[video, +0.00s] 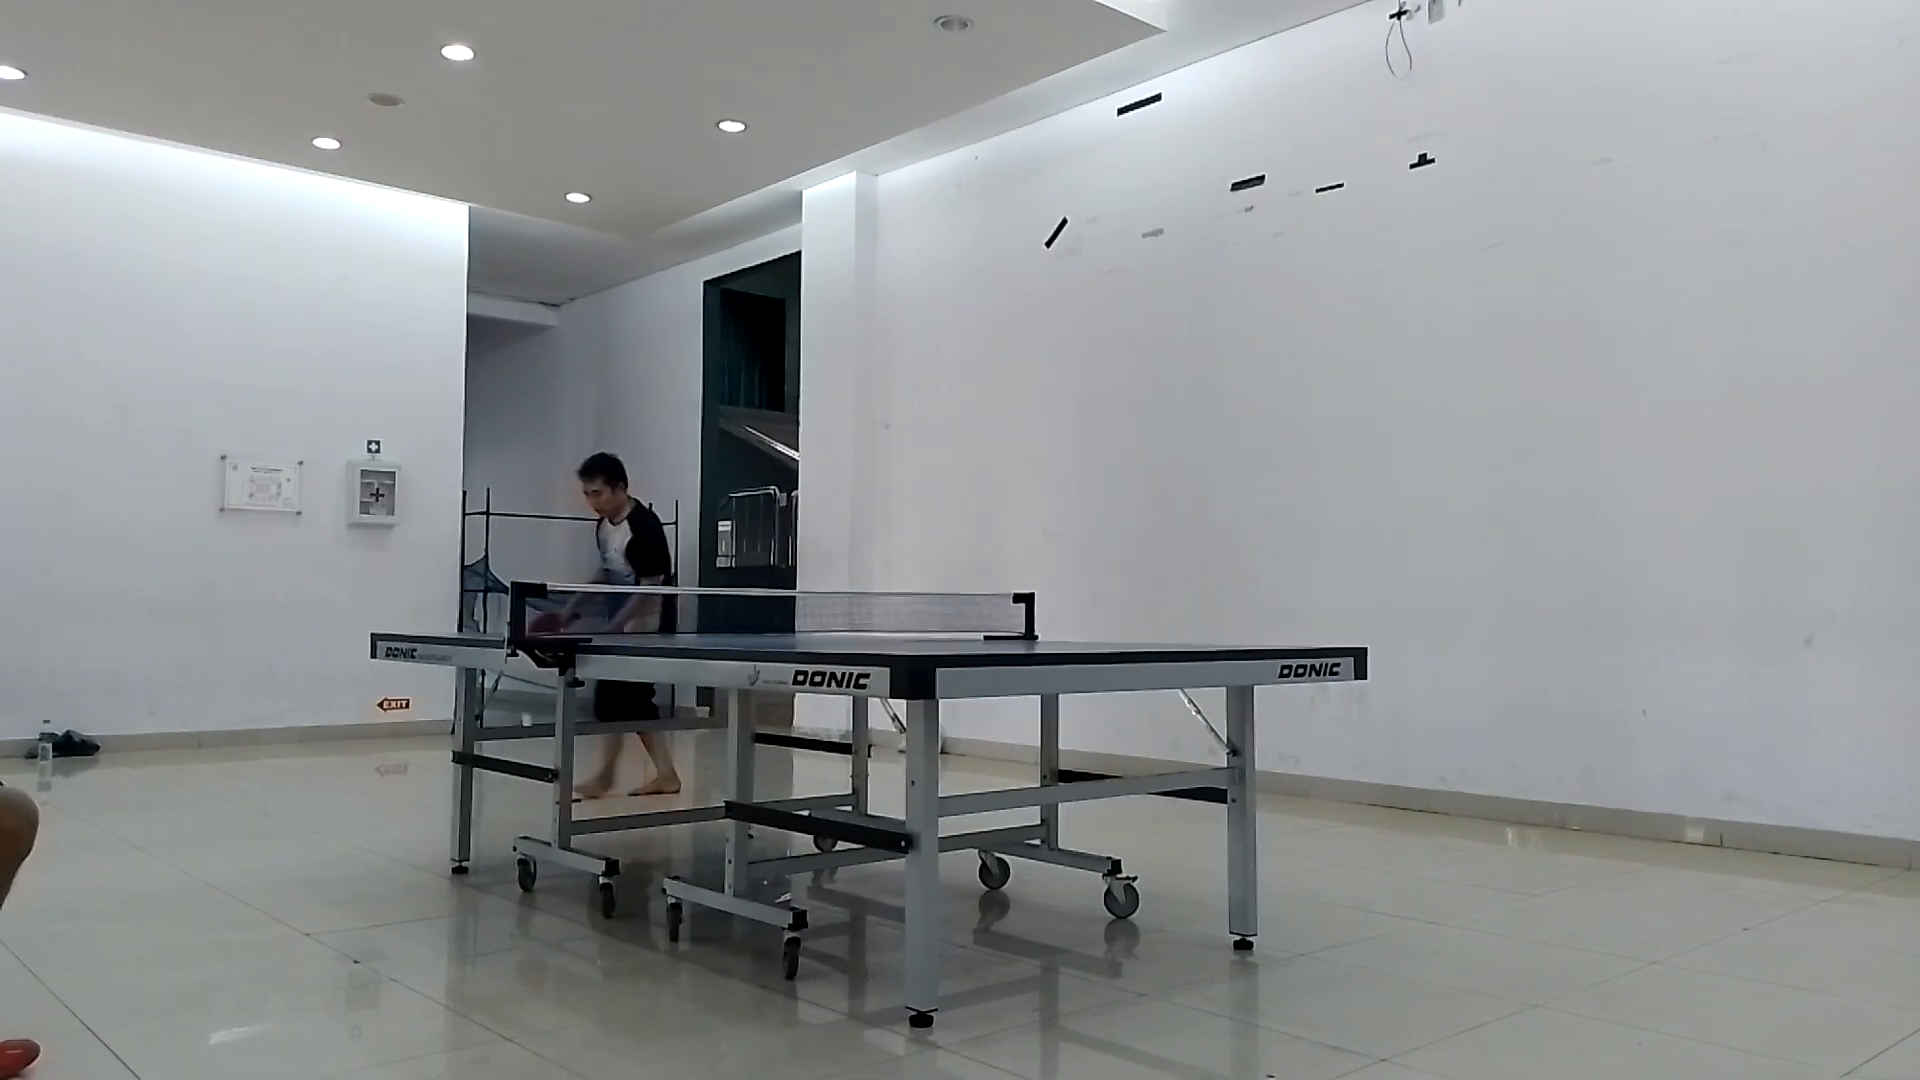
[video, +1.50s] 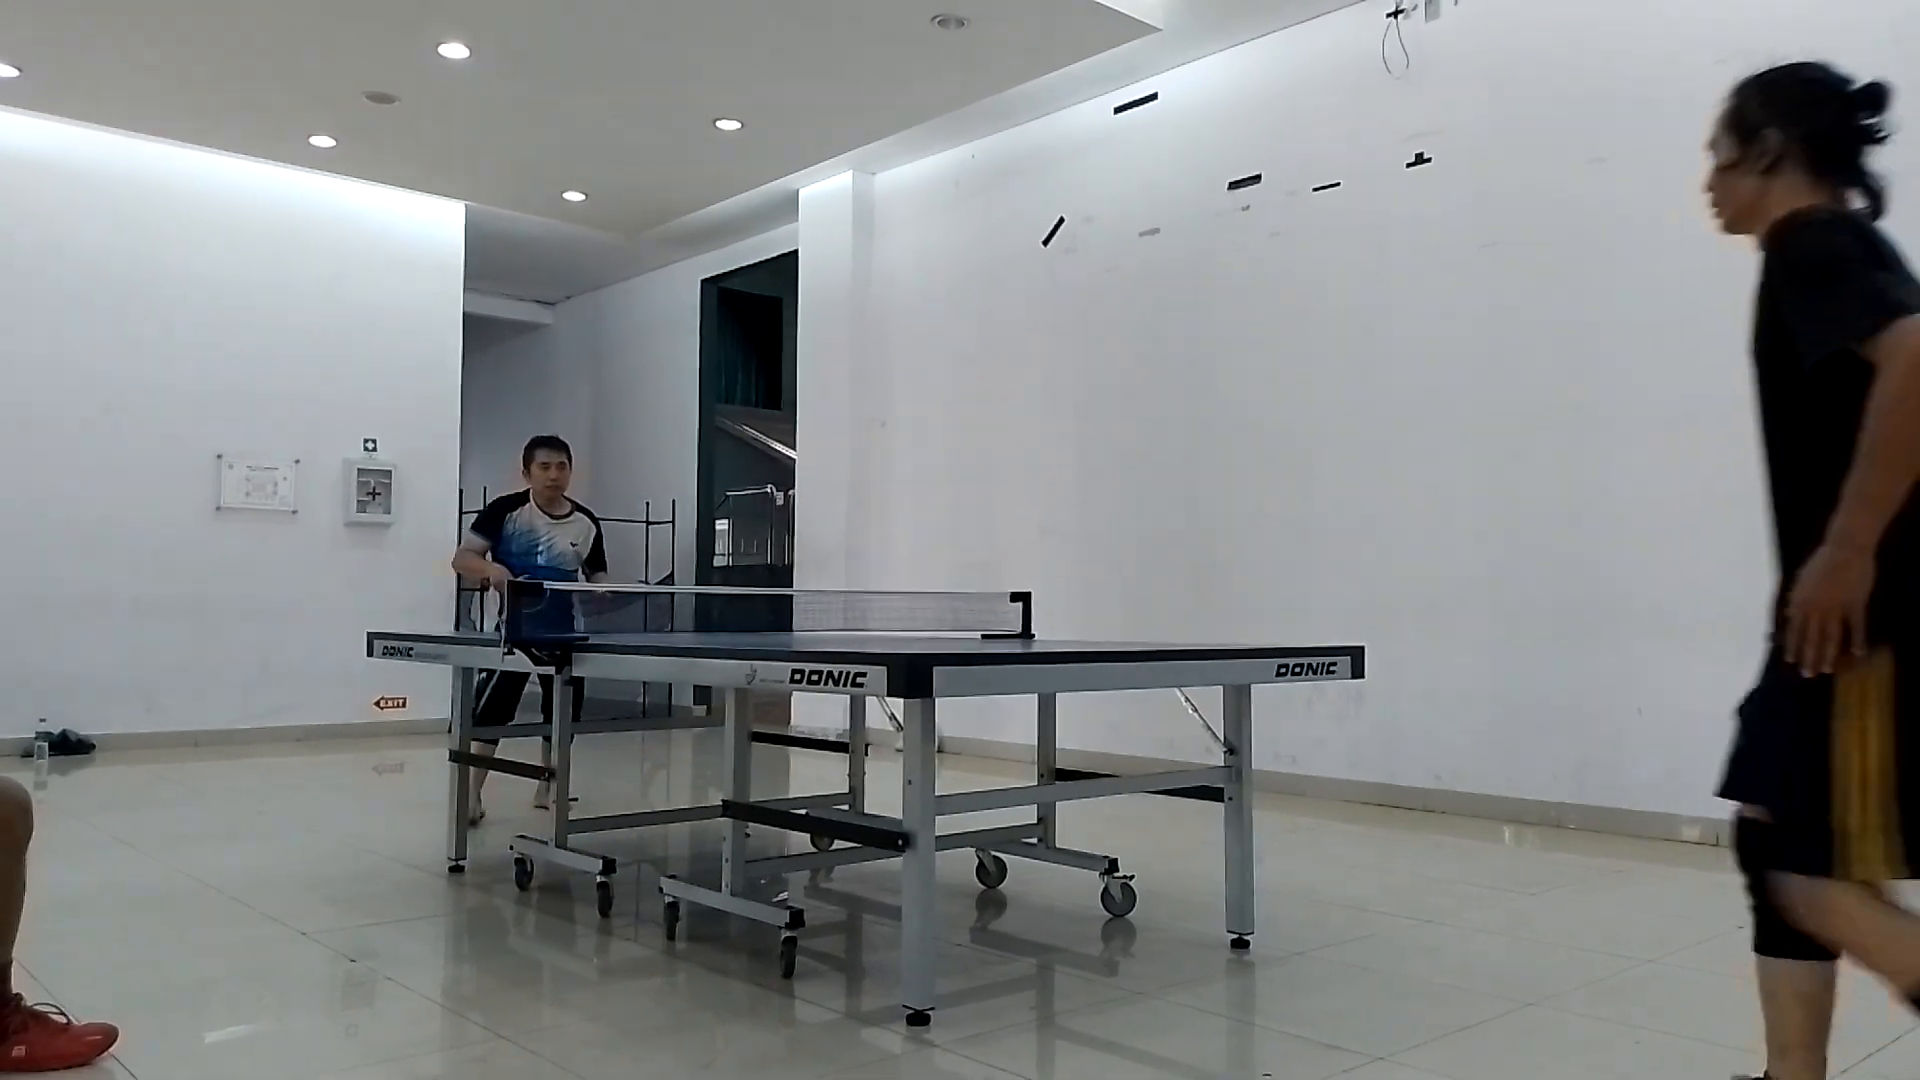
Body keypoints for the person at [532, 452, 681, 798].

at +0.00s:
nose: (590, 502)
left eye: (595, 493)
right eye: (587, 494)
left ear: (618, 487)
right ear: (590, 493)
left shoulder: (644, 525)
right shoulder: (604, 524)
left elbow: (651, 587)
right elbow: (605, 574)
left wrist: (615, 625)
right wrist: (570, 609)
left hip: (649, 623)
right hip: (626, 621)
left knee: (611, 693)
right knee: (636, 696)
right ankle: (667, 773)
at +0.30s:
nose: (554, 503)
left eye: (559, 495)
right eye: (551, 495)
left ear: (583, 491)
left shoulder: (603, 530)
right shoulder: (572, 524)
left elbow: (585, 597)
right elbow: (559, 567)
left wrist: (535, 612)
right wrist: (525, 592)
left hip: (616, 630)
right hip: (590, 623)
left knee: (578, 696)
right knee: (569, 691)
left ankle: (573, 781)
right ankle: (607, 759)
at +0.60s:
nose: (544, 480)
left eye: (553, 473)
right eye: (538, 473)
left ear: (571, 476)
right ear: (532, 477)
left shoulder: (590, 521)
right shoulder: (531, 518)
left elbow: (584, 584)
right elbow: (518, 570)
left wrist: (538, 613)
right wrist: (510, 606)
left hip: (580, 627)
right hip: (540, 624)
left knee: (573, 703)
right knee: (524, 699)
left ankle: (576, 781)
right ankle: (526, 780)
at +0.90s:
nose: (544, 478)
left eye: (552, 470)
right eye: (536, 470)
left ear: (562, 474)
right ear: (521, 475)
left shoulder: (582, 521)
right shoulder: (499, 515)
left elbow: (604, 576)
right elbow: (469, 562)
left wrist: (590, 603)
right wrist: (483, 598)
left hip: (562, 626)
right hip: (514, 625)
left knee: (557, 705)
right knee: (509, 701)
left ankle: (549, 784)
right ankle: (517, 780)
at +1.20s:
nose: (557, 477)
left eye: (564, 469)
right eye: (548, 469)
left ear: (575, 472)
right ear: (532, 472)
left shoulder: (591, 522)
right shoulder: (509, 508)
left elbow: (602, 583)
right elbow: (473, 557)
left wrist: (601, 594)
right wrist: (499, 589)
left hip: (567, 628)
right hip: (517, 624)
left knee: (563, 709)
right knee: (492, 702)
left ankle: (549, 784)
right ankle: (494, 764)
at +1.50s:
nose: (554, 474)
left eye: (561, 466)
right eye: (544, 466)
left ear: (571, 471)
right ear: (527, 471)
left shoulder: (586, 523)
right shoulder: (504, 510)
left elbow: (598, 584)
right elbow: (462, 559)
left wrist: (611, 593)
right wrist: (491, 568)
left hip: (564, 633)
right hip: (515, 630)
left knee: (561, 717)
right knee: (491, 713)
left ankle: (548, 791)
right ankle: (471, 796)